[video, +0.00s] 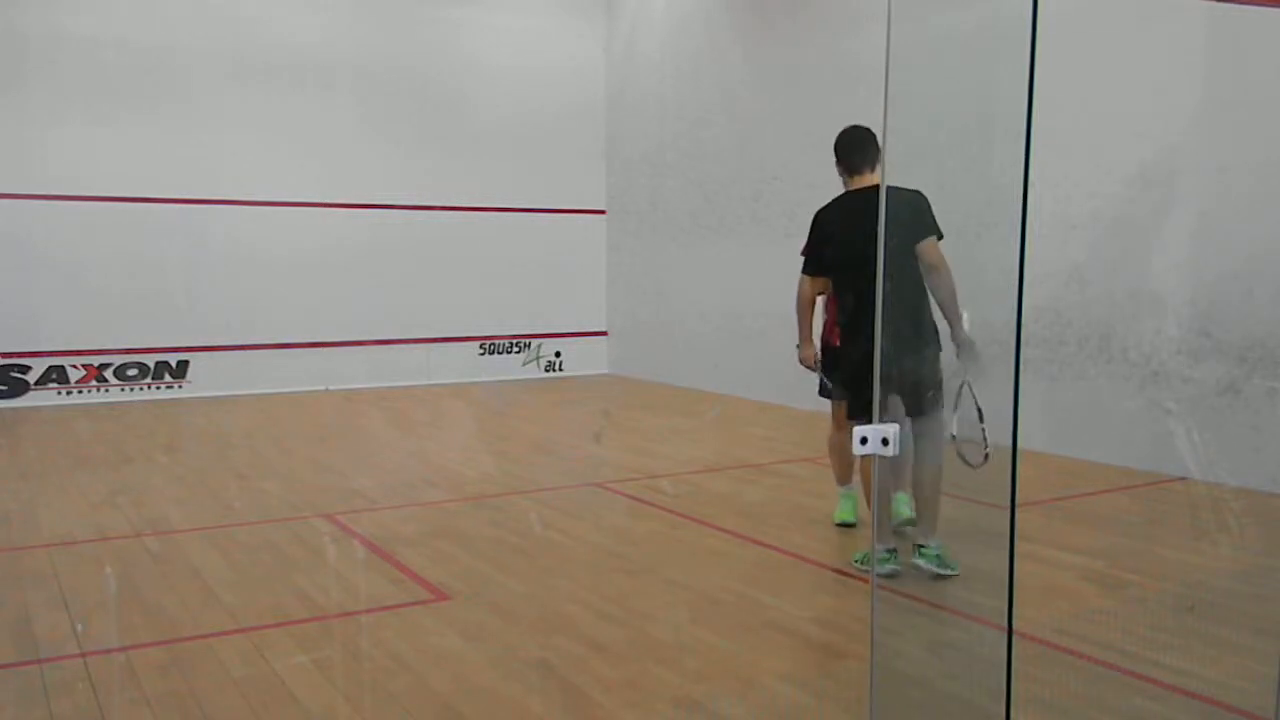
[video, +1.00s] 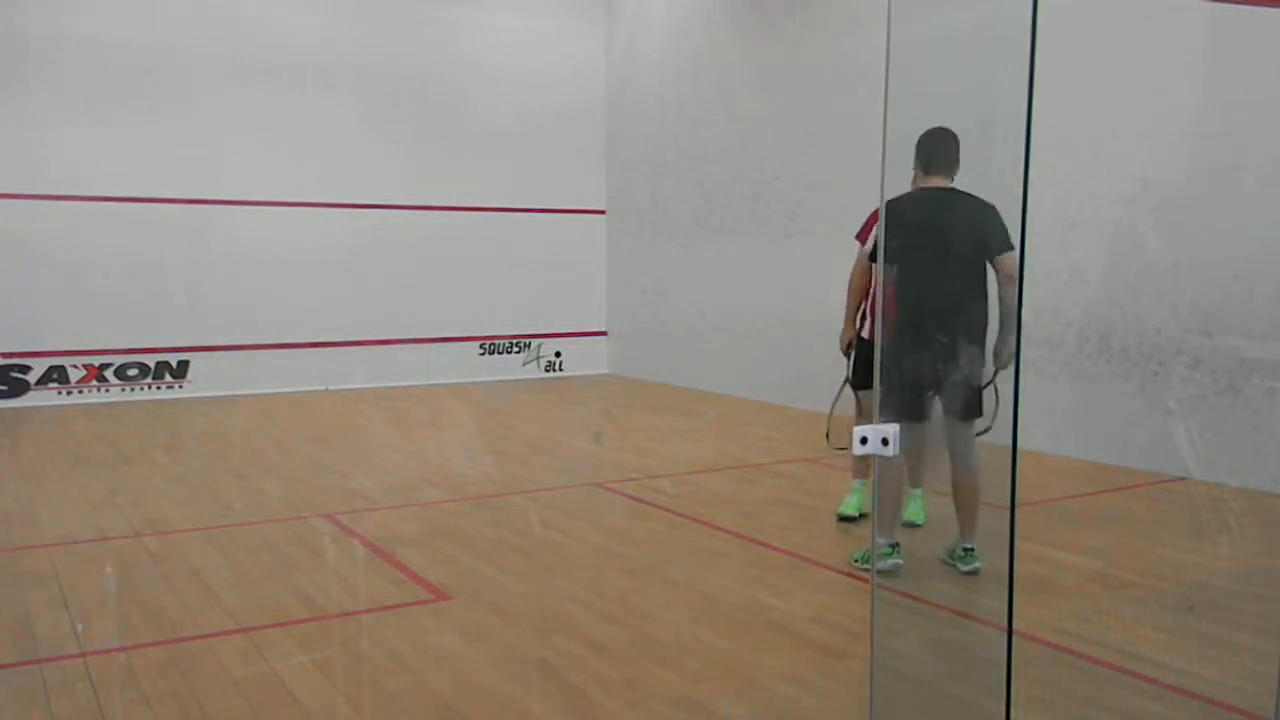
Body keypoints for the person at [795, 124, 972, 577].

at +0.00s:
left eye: (837, 164)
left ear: (838, 166)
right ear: (879, 158)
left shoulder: (828, 218)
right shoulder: (911, 202)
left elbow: (808, 289)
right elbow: (934, 265)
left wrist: (805, 341)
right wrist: (957, 328)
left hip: (862, 352)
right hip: (915, 347)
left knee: (876, 442)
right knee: (929, 437)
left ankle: (883, 548)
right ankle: (927, 542)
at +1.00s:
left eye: (920, 163)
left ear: (916, 164)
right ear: (957, 166)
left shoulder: (894, 210)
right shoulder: (981, 212)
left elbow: (869, 275)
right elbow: (1009, 275)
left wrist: (855, 326)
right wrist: (1007, 336)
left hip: (906, 342)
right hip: (964, 343)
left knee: (893, 440)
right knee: (963, 440)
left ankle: (884, 545)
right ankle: (967, 546)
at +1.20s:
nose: (943, 166)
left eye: (939, 158)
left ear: (936, 161)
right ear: (977, 163)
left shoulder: (916, 207)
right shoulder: (996, 212)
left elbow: (887, 272)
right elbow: (1029, 279)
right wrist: (1021, 338)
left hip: (923, 339)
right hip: (976, 342)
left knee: (912, 437)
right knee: (968, 438)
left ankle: (916, 548)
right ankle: (967, 547)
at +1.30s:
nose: (947, 163)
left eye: (943, 156)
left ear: (940, 159)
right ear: (981, 162)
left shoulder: (922, 206)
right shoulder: (1001, 213)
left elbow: (891, 270)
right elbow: (1032, 279)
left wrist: (925, 261)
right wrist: (1025, 338)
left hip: (932, 340)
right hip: (981, 342)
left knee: (920, 436)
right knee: (968, 437)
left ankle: (938, 551)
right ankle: (968, 547)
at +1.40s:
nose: (948, 160)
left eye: (945, 152)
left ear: (942, 156)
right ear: (983, 159)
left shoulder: (929, 207)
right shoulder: (1004, 214)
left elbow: (905, 270)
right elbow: (1032, 281)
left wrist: (903, 293)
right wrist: (1023, 337)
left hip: (938, 344)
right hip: (984, 346)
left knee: (929, 441)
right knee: (968, 440)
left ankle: (956, 554)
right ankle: (965, 550)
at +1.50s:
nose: (934, 155)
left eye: (937, 148)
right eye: (940, 148)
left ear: (941, 152)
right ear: (980, 157)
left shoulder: (937, 204)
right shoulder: (1002, 213)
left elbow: (925, 265)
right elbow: (1025, 282)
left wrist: (900, 289)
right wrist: (1010, 332)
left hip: (945, 345)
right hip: (984, 347)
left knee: (938, 442)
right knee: (968, 442)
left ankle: (969, 561)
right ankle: (965, 547)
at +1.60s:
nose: (929, 157)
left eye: (933, 150)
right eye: (933, 149)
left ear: (945, 153)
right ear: (973, 156)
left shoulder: (956, 205)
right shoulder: (989, 208)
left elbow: (947, 273)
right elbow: (1005, 276)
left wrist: (906, 293)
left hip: (957, 346)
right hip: (979, 345)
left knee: (946, 445)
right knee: (959, 446)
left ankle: (975, 566)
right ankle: (968, 546)